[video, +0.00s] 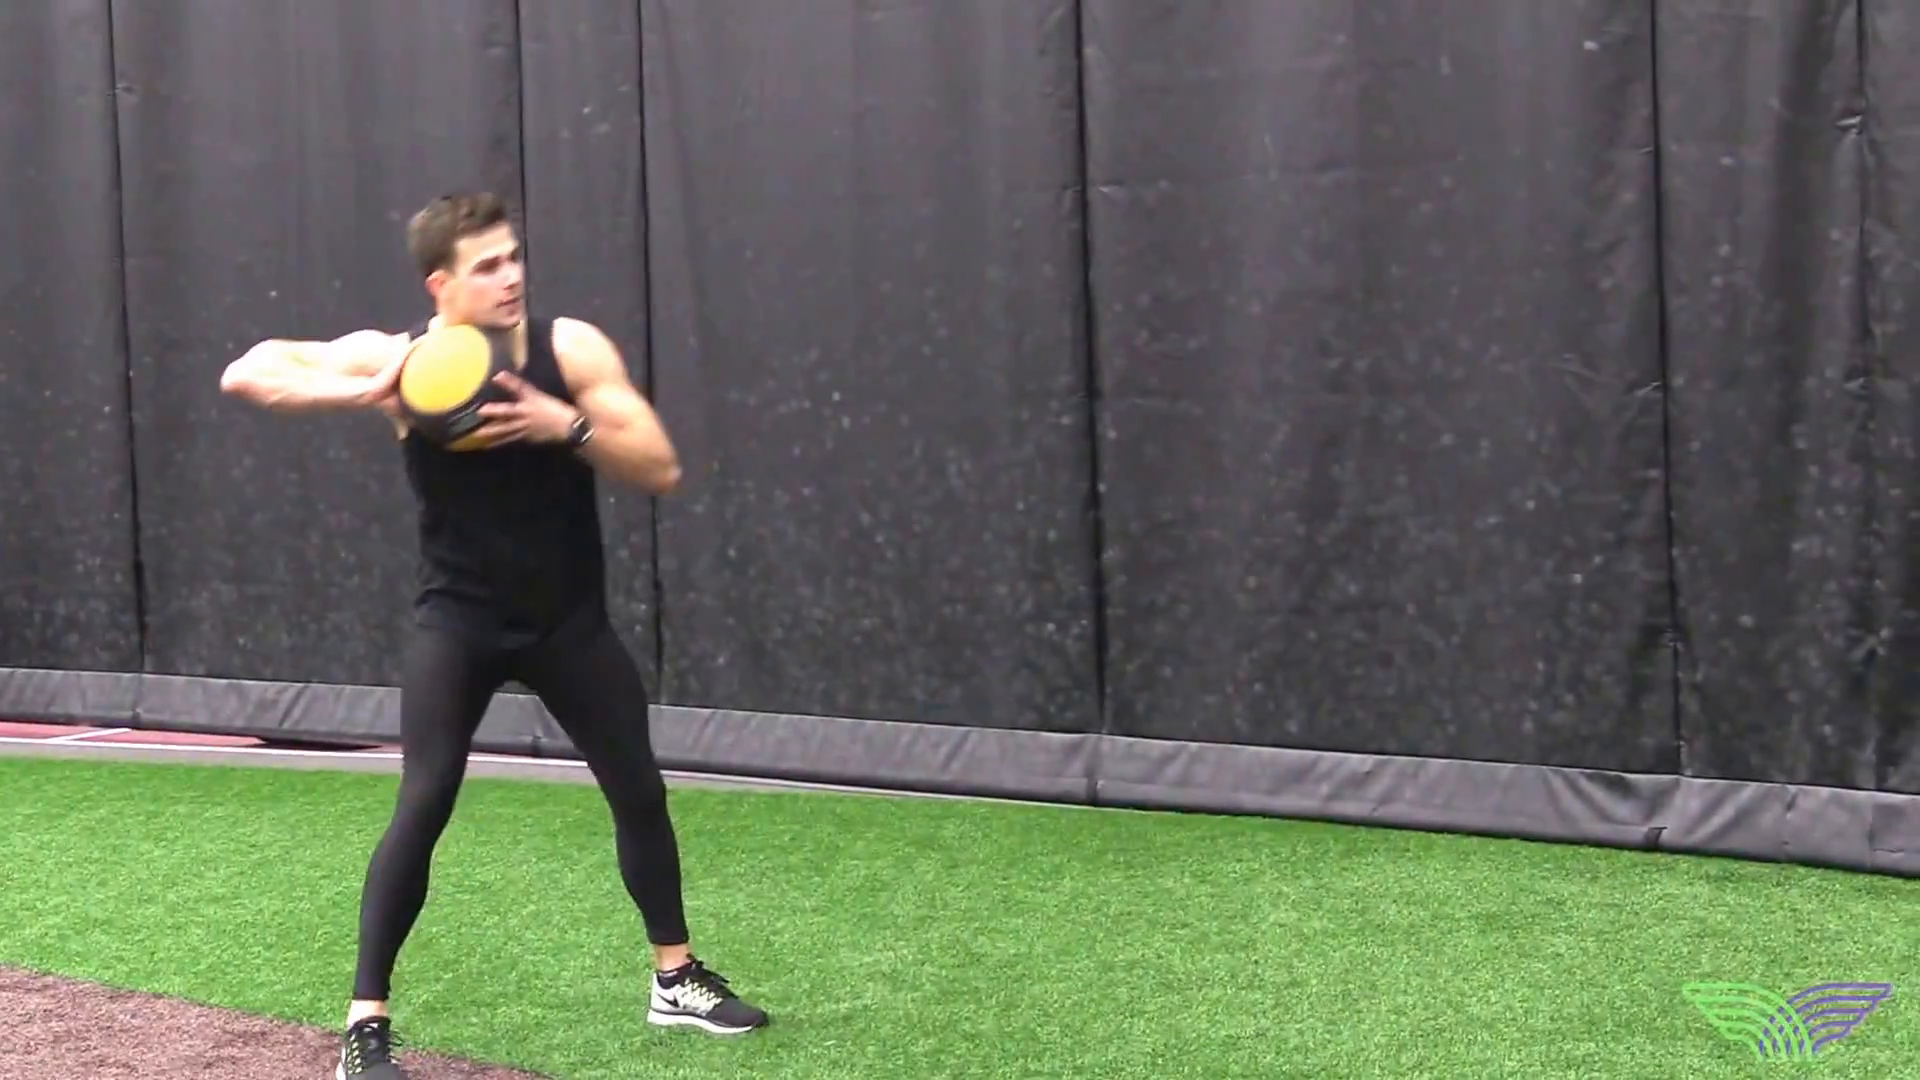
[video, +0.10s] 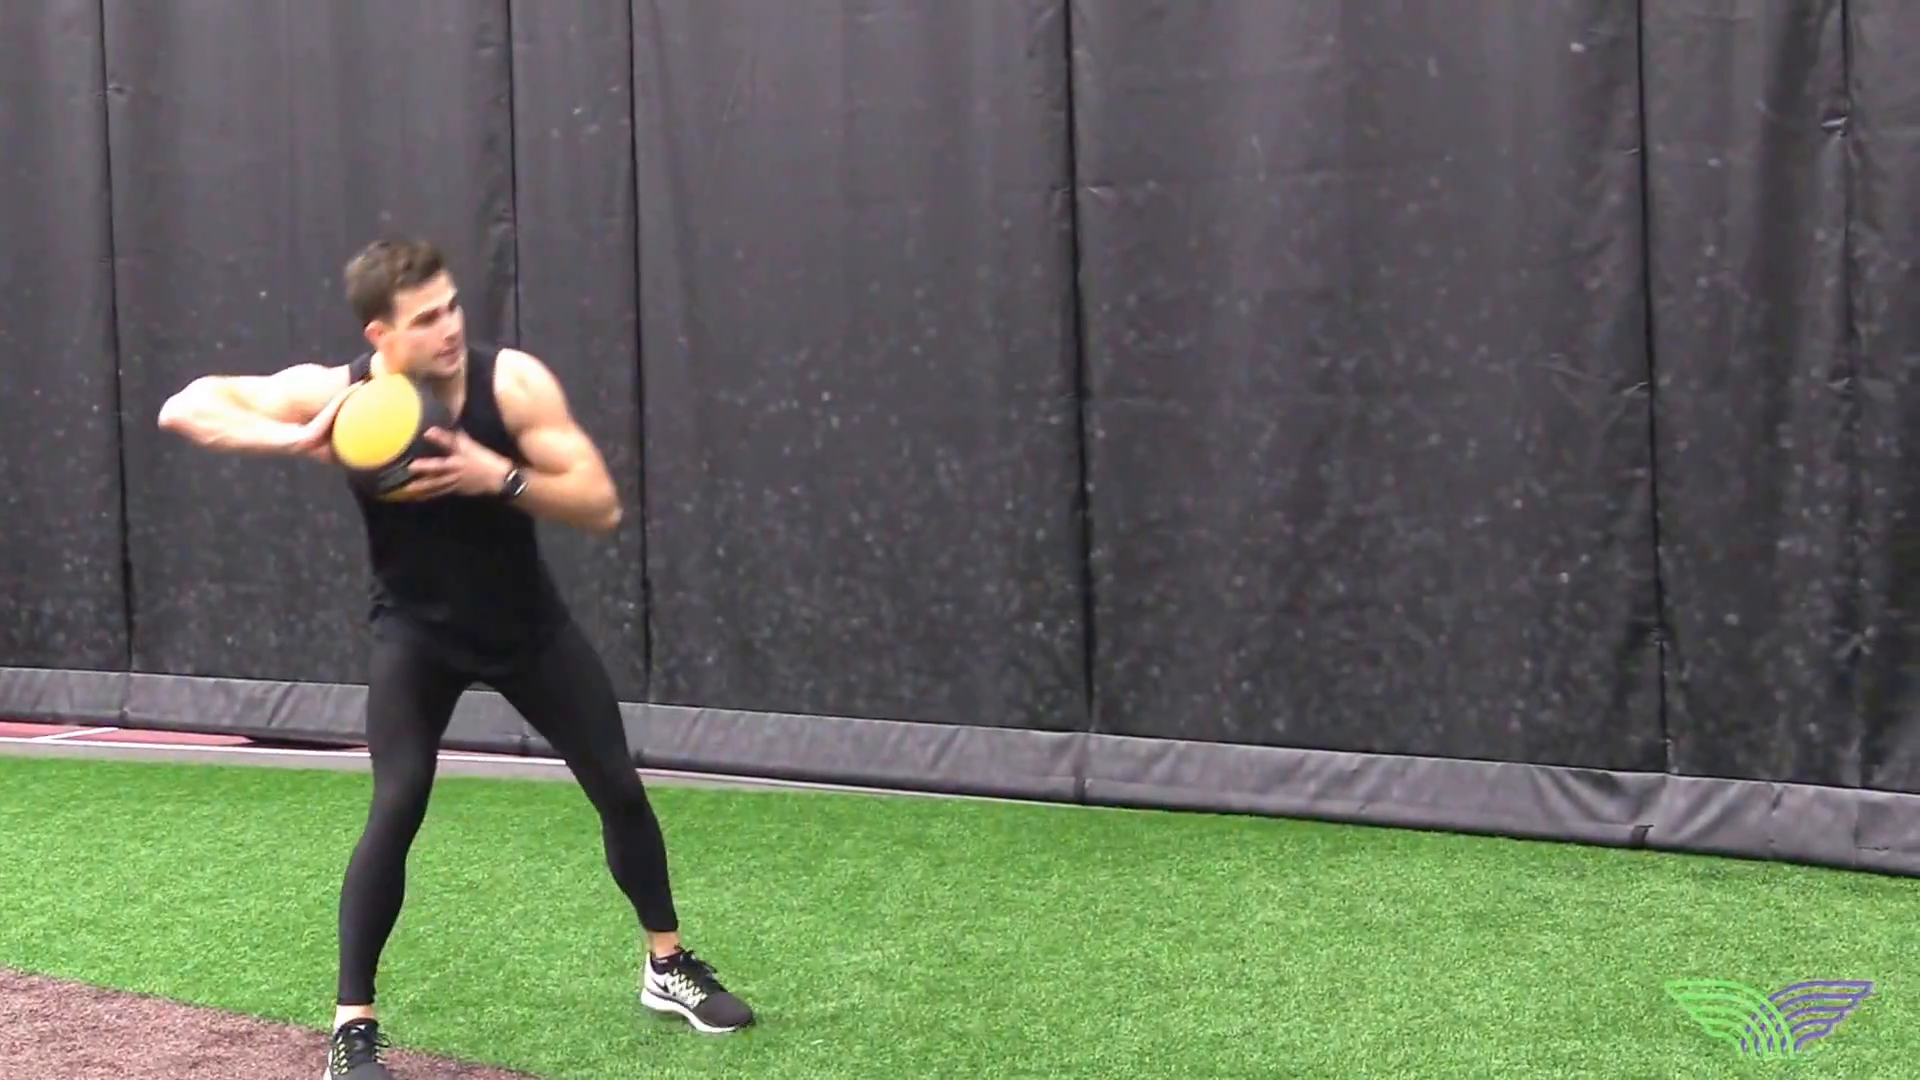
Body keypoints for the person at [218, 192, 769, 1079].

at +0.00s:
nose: (510, 278)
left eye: (516, 260)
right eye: (488, 267)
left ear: (527, 265)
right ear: (439, 286)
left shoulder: (572, 348)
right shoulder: (403, 357)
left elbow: (663, 466)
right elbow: (244, 376)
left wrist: (570, 425)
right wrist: (354, 390)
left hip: (571, 619)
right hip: (460, 618)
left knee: (640, 788)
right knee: (425, 801)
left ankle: (678, 976)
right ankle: (367, 1016)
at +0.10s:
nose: (451, 328)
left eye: (452, 308)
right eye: (426, 319)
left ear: (461, 303)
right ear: (377, 338)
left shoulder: (514, 380)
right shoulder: (336, 393)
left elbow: (601, 504)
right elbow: (183, 409)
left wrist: (501, 475)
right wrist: (284, 434)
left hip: (529, 624)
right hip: (418, 629)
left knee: (621, 791)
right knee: (399, 799)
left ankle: (668, 961)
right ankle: (355, 1018)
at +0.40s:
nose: (382, 444)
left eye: (380, 423)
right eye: (358, 442)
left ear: (381, 402)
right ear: (305, 456)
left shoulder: (440, 465)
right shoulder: (261, 476)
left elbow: (533, 582)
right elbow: (107, 482)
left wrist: (427, 584)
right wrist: (214, 533)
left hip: (494, 637)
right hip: (379, 662)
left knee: (602, 783)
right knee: (371, 812)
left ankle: (676, 935)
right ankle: (349, 1021)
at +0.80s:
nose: (457, 379)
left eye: (450, 363)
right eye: (436, 377)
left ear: (451, 360)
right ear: (389, 408)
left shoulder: (495, 412)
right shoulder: (333, 470)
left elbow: (600, 505)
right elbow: (183, 510)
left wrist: (512, 501)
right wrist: (305, 510)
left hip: (507, 659)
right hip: (411, 680)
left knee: (654, 777)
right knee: (446, 822)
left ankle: (641, 957)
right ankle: (367, 1018)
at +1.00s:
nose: (473, 212)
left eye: (461, 204)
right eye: (462, 207)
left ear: (420, 253)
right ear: (446, 239)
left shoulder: (441, 316)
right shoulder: (470, 319)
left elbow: (532, 300)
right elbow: (563, 298)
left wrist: (578, 228)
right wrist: (624, 207)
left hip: (560, 583)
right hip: (547, 589)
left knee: (620, 767)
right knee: (557, 786)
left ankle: (642, 962)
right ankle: (391, 954)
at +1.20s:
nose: (546, 199)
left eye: (530, 192)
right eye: (537, 193)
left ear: (458, 238)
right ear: (528, 212)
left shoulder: (449, 343)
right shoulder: (587, 256)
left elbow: (453, 442)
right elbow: (554, 286)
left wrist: (472, 324)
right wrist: (490, 285)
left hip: (556, 570)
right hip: (640, 557)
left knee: (601, 767)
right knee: (644, 765)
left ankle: (639, 964)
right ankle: (557, 945)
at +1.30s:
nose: (569, 185)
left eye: (555, 181)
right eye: (563, 182)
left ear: (487, 235)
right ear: (559, 210)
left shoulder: (489, 338)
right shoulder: (615, 263)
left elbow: (462, 463)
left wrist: (466, 352)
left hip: (578, 569)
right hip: (664, 558)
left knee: (610, 761)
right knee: (642, 760)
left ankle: (643, 962)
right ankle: (576, 942)